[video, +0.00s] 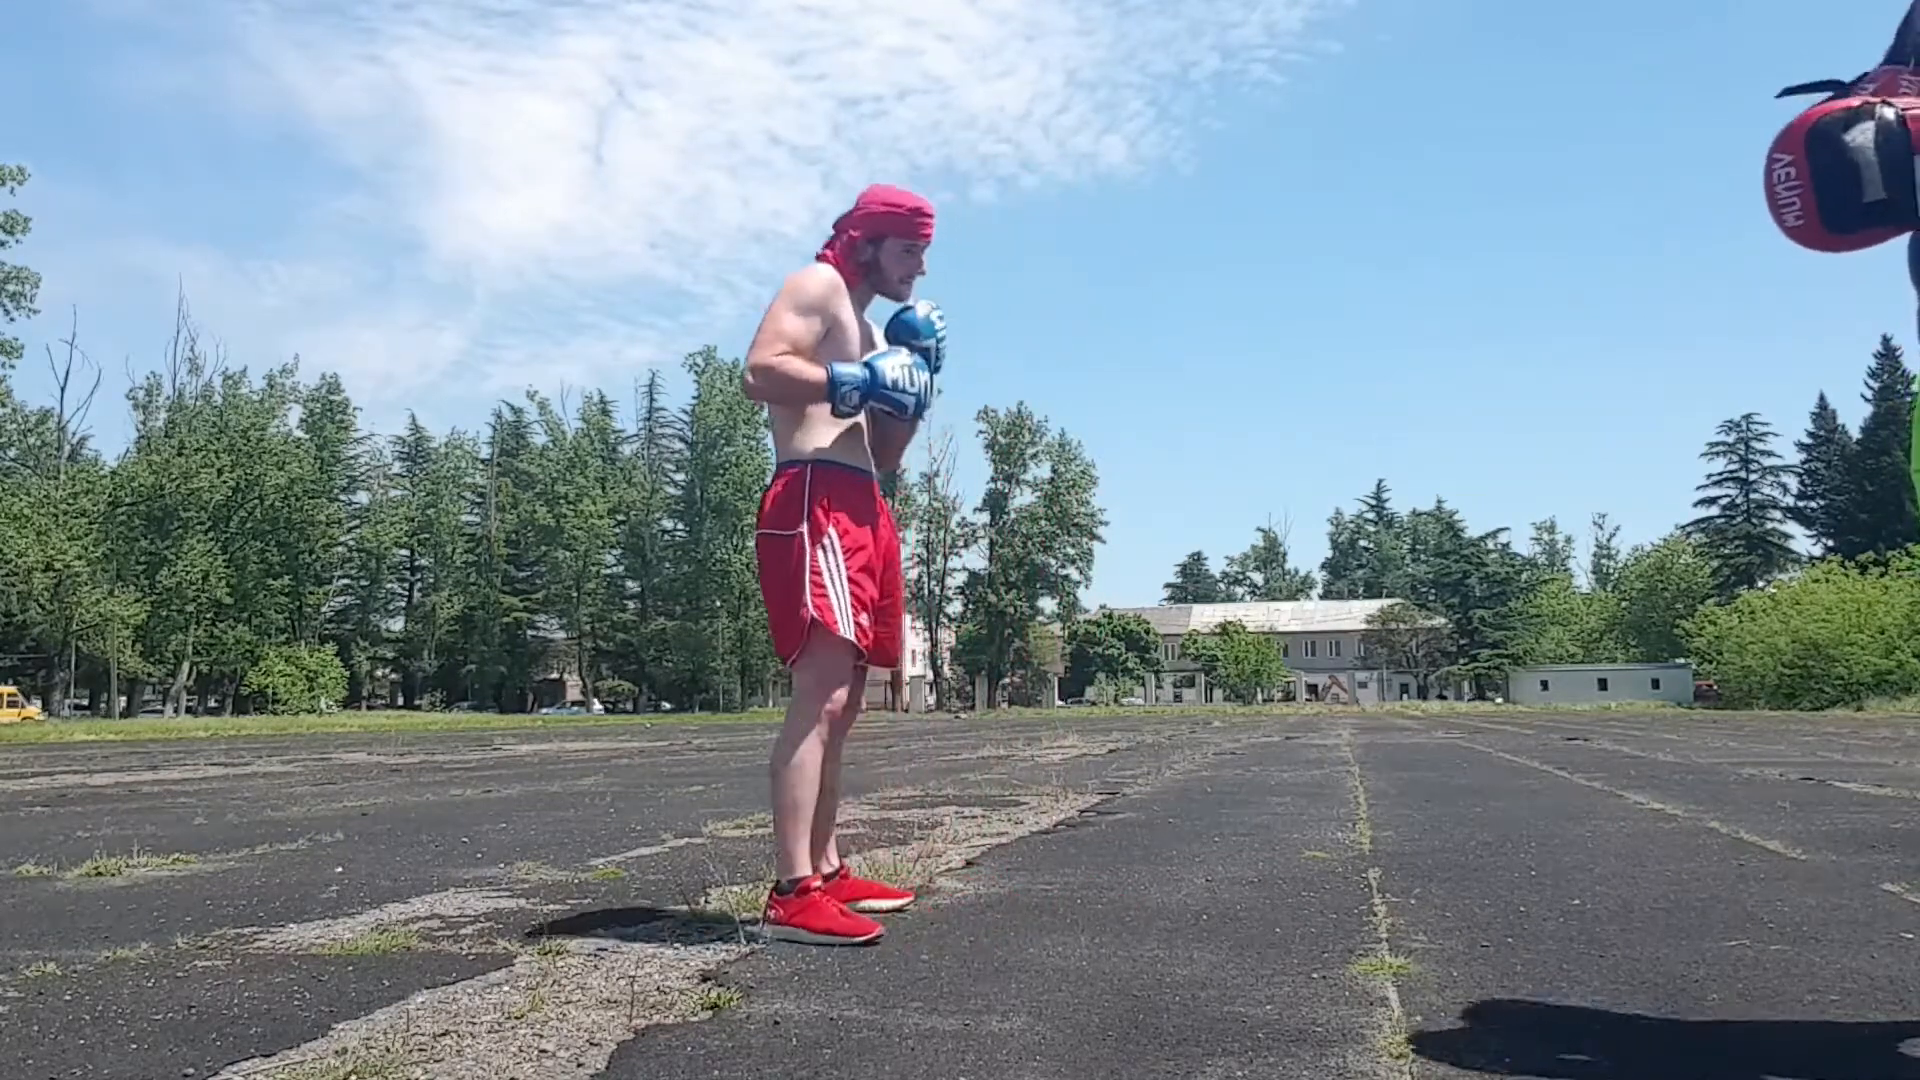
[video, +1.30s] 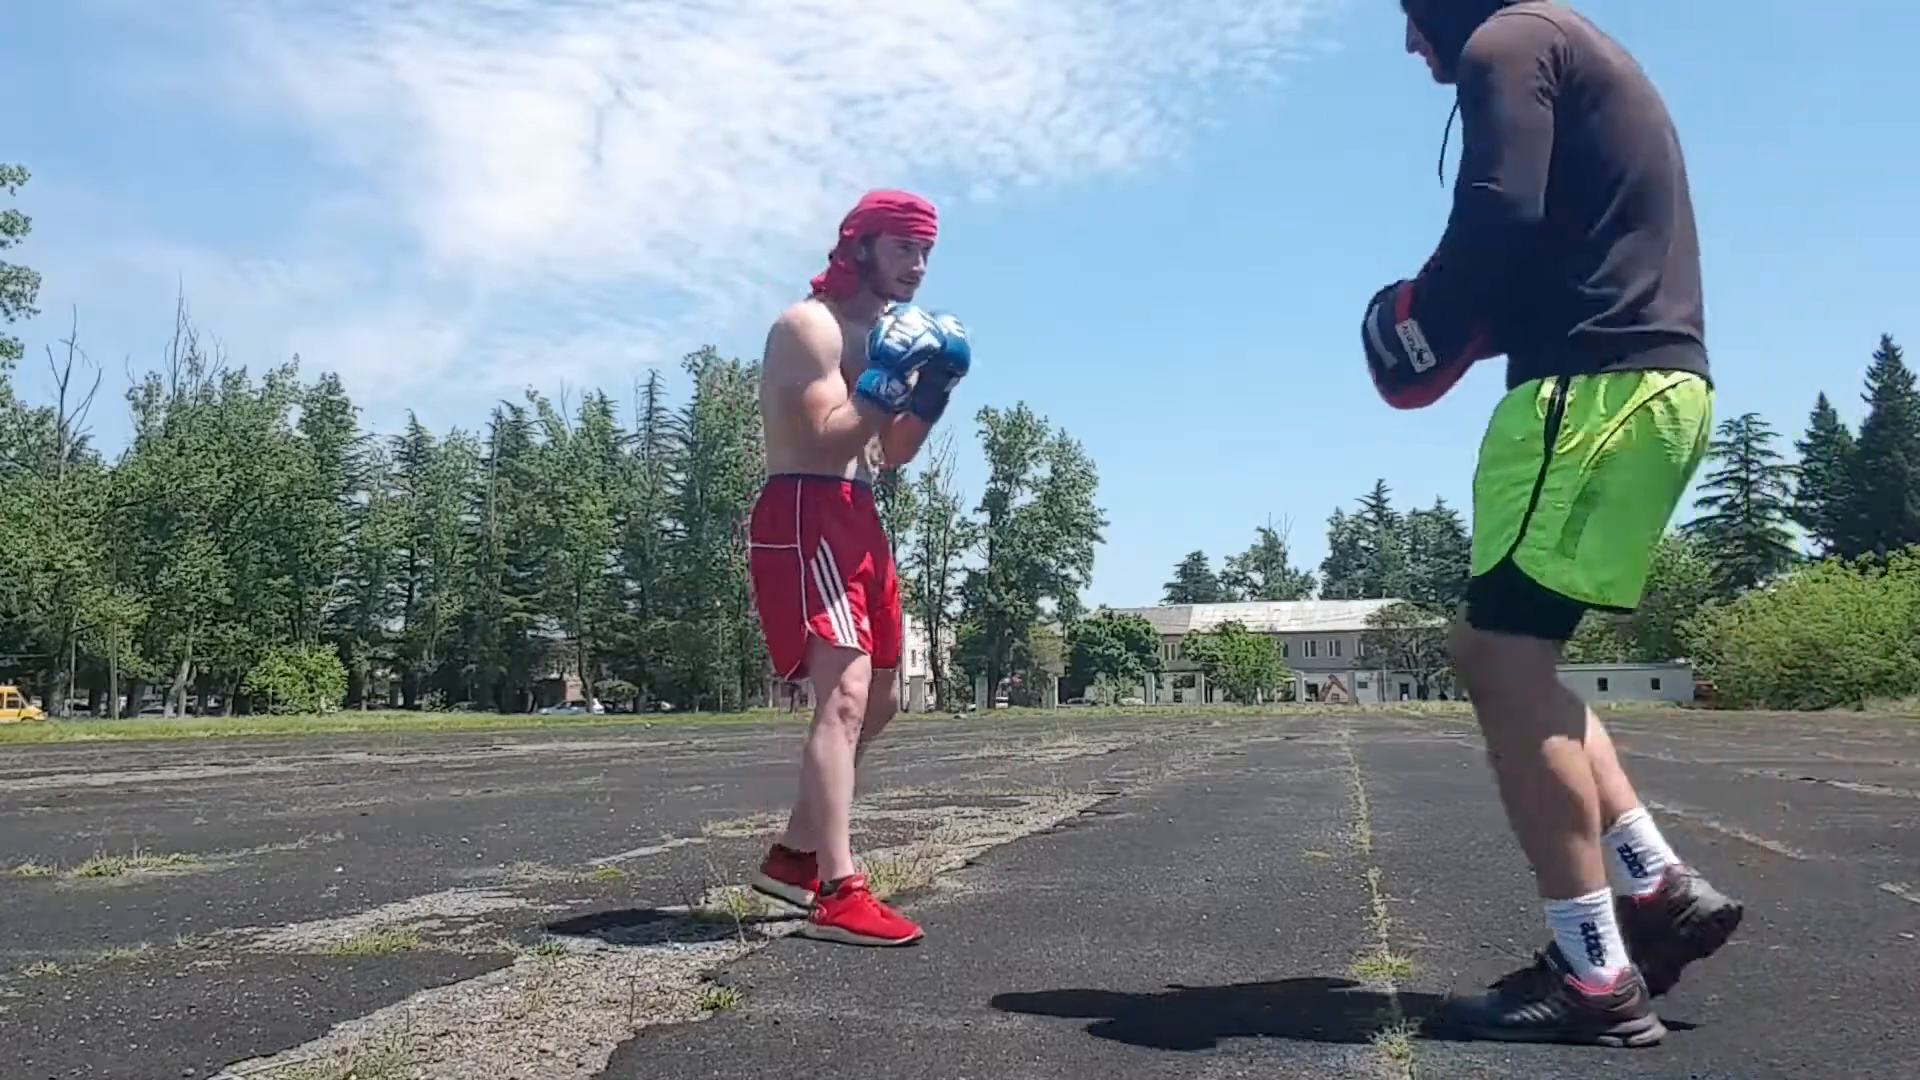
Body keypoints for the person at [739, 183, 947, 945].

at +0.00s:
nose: (919, 264)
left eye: (923, 252)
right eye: (910, 249)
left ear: (902, 257)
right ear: (865, 244)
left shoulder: (875, 330)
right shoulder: (819, 284)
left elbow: (882, 457)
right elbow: (761, 371)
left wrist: (917, 375)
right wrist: (849, 383)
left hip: (866, 506)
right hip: (816, 500)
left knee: (844, 700)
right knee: (819, 695)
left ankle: (823, 870)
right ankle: (792, 888)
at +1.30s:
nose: (917, 263)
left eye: (924, 252)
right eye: (905, 247)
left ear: (918, 262)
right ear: (859, 246)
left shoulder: (879, 338)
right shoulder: (806, 323)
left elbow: (892, 452)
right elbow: (824, 431)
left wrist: (934, 393)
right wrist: (889, 384)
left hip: (857, 516)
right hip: (807, 514)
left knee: (880, 698)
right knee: (843, 697)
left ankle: (795, 850)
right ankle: (839, 887)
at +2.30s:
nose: (960, 294)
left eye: (962, 283)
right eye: (947, 281)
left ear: (945, 292)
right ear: (905, 284)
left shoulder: (933, 368)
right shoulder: (863, 340)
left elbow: (950, 463)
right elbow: (878, 429)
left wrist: (980, 389)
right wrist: (969, 419)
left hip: (895, 536)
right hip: (851, 532)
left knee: (912, 697)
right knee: (937, 667)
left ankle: (850, 859)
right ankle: (878, 841)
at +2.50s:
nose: (990, 276)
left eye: (992, 265)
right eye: (979, 261)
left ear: (964, 270)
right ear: (937, 258)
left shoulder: (926, 351)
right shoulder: (909, 296)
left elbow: (931, 456)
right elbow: (900, 341)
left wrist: (984, 386)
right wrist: (976, 311)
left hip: (867, 519)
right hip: (872, 511)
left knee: (884, 697)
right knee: (934, 667)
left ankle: (859, 852)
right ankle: (865, 845)